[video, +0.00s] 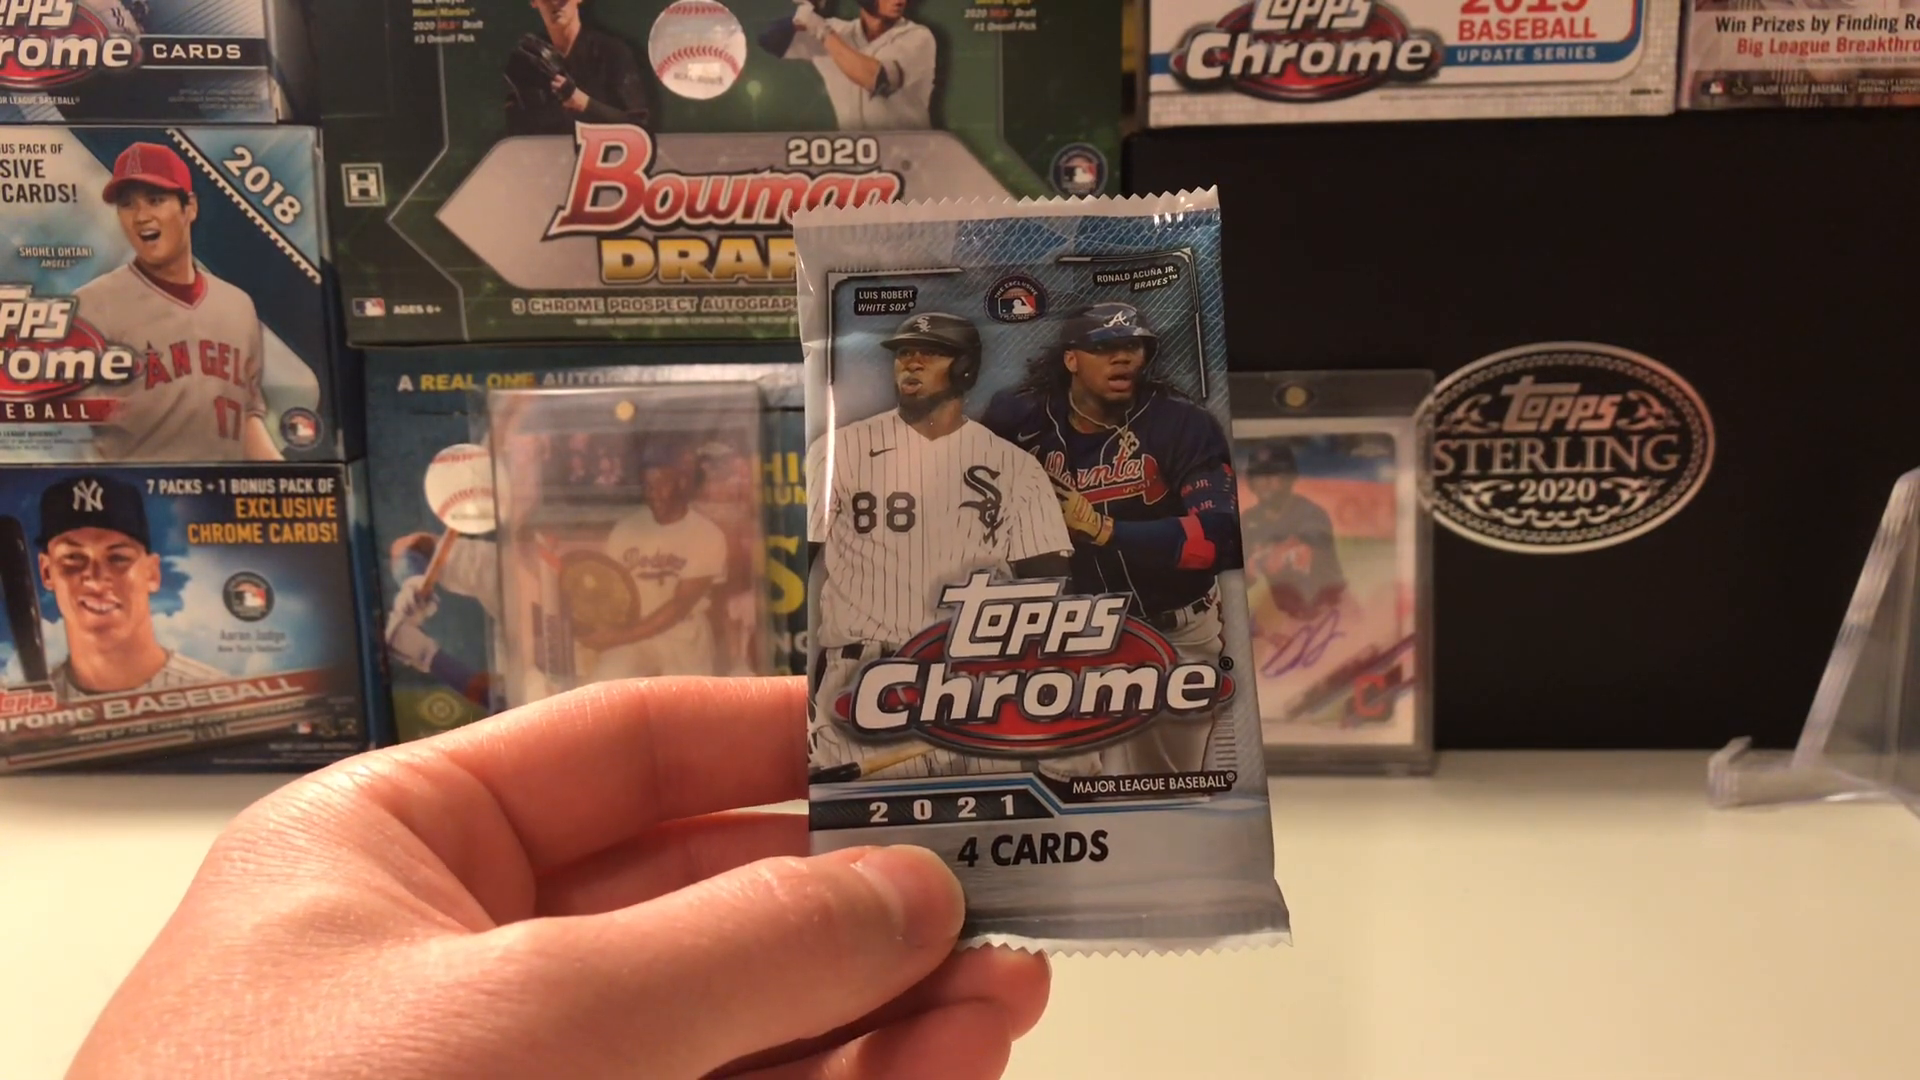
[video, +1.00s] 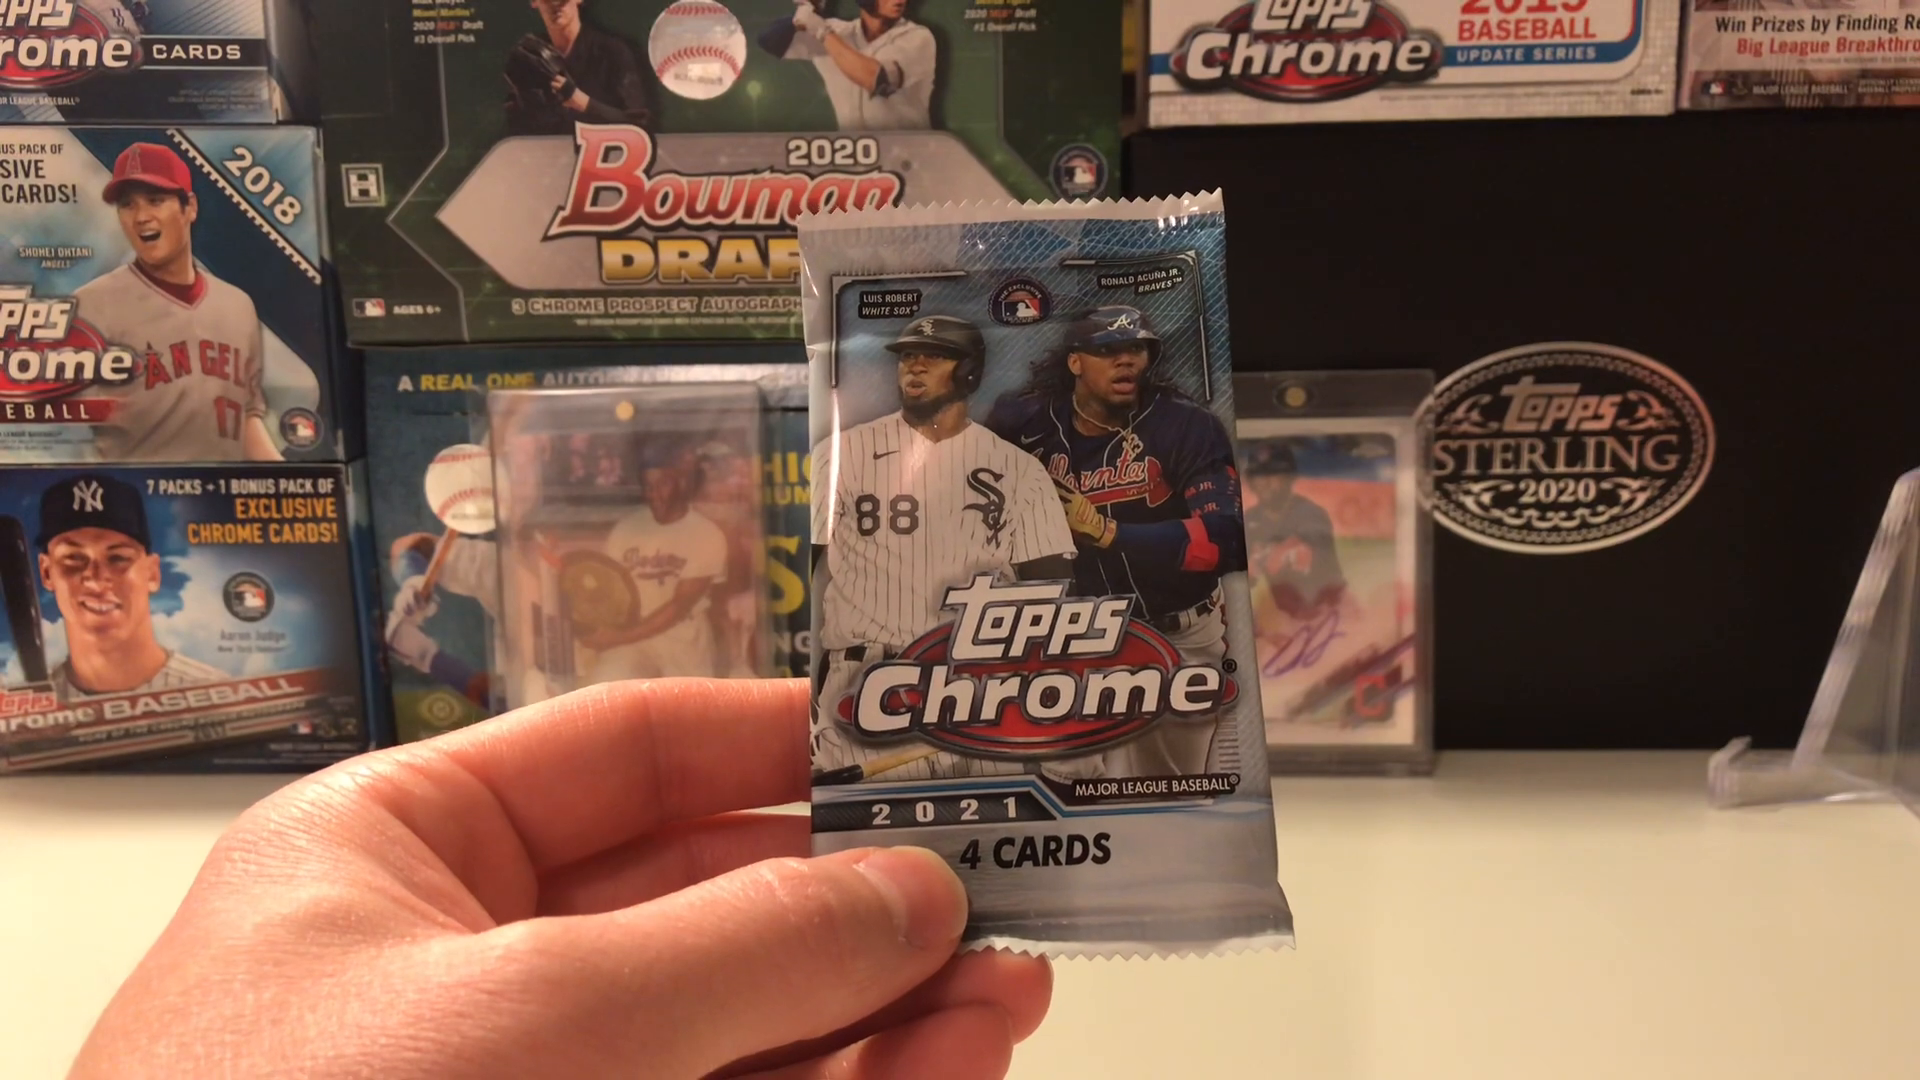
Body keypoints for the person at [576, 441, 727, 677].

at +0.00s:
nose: (652, 495)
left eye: (660, 485)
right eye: (647, 486)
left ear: (682, 484)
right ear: (642, 488)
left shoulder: (707, 536)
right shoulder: (625, 530)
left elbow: (680, 606)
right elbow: (604, 589)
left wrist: (617, 637)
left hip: (683, 641)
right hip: (627, 643)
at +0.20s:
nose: (653, 495)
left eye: (661, 485)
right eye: (648, 486)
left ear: (683, 484)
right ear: (642, 488)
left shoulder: (707, 536)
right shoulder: (625, 530)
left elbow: (680, 606)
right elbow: (604, 589)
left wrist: (619, 637)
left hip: (684, 639)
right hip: (628, 641)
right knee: (602, 696)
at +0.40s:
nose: (653, 495)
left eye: (660, 485)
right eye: (648, 486)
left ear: (682, 484)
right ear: (642, 489)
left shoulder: (707, 536)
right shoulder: (625, 530)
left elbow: (680, 606)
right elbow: (604, 588)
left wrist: (619, 637)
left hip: (683, 639)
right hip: (627, 641)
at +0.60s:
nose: (653, 495)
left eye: (661, 485)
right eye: (648, 487)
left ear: (682, 485)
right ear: (643, 489)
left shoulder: (707, 536)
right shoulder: (625, 530)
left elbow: (680, 607)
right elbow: (604, 588)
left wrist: (618, 637)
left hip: (683, 642)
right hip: (626, 643)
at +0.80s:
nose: (652, 495)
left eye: (660, 486)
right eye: (648, 486)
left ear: (682, 485)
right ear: (643, 488)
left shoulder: (707, 536)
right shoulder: (625, 529)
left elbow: (680, 606)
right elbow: (603, 587)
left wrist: (618, 637)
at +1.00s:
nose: (653, 495)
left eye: (661, 485)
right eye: (648, 487)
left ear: (681, 485)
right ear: (643, 489)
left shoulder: (707, 536)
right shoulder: (625, 529)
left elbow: (680, 607)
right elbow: (604, 588)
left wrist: (618, 637)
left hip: (683, 641)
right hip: (626, 642)